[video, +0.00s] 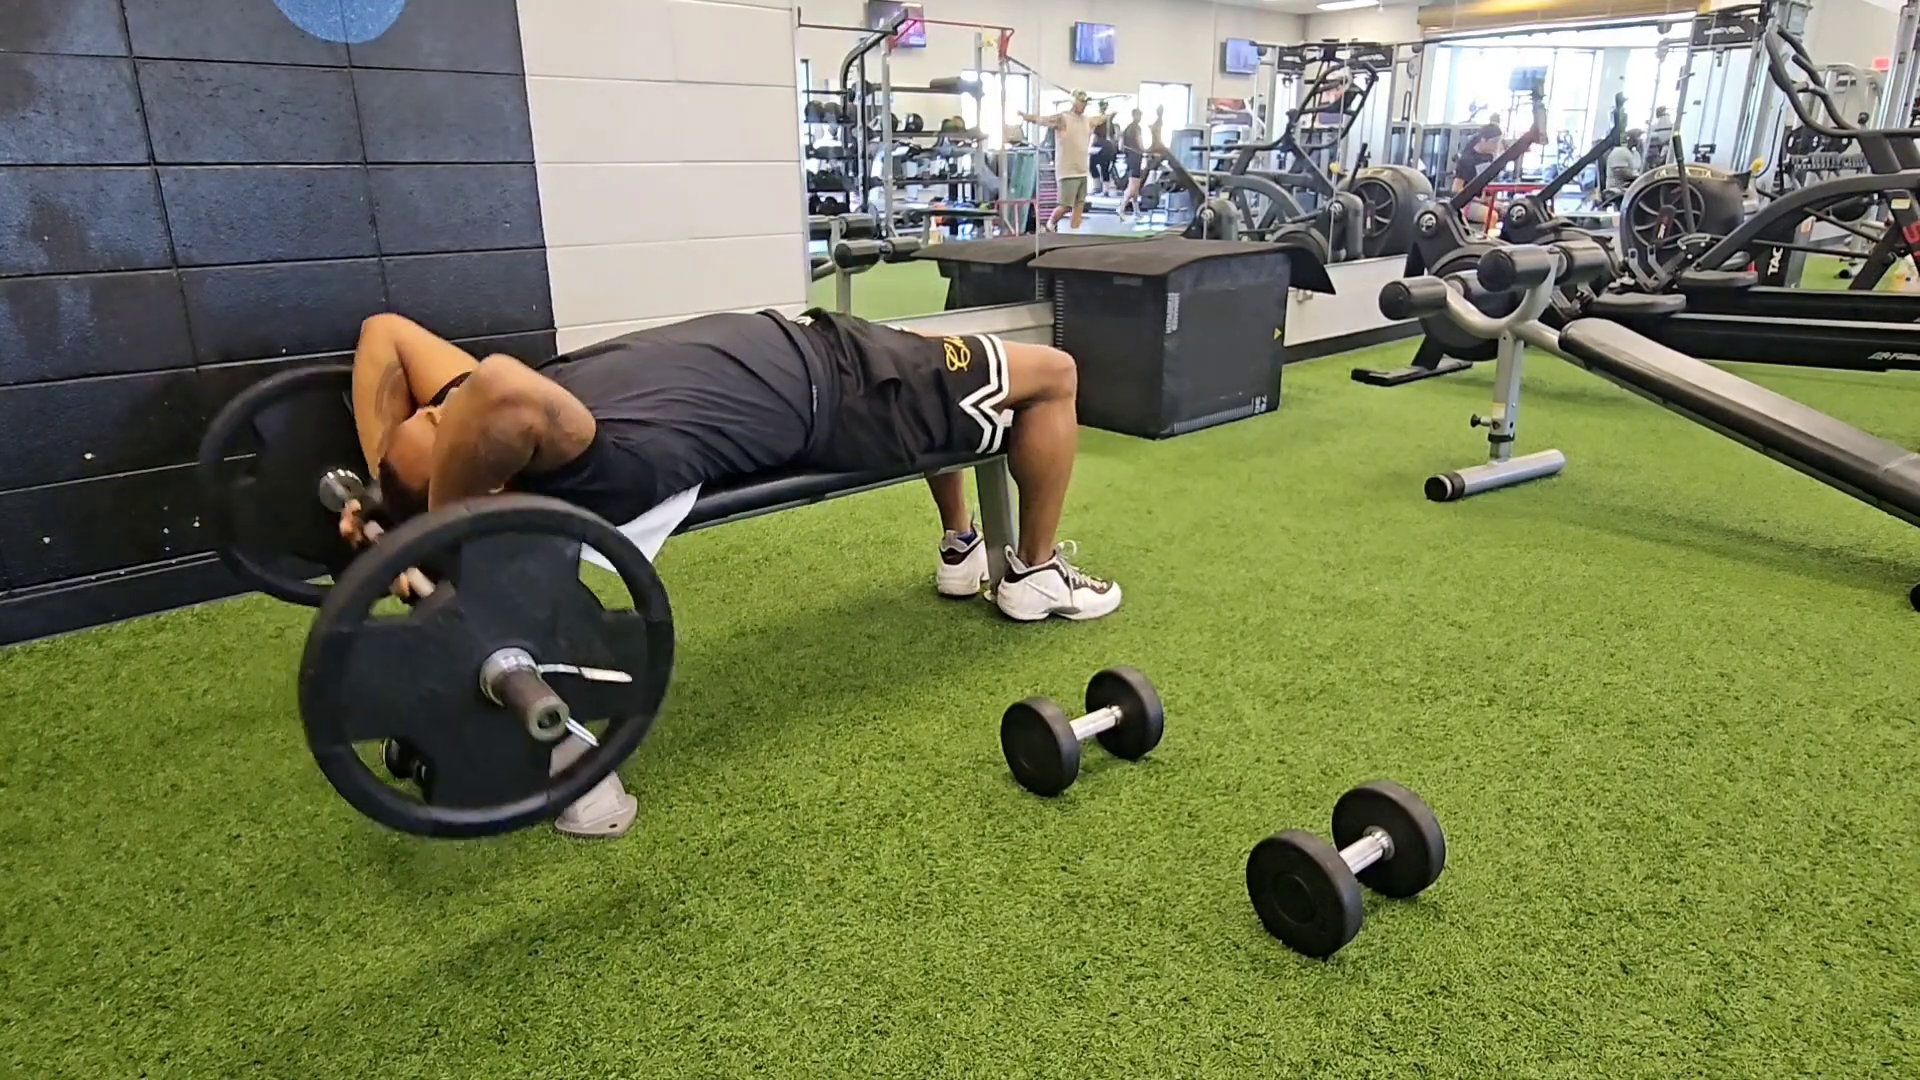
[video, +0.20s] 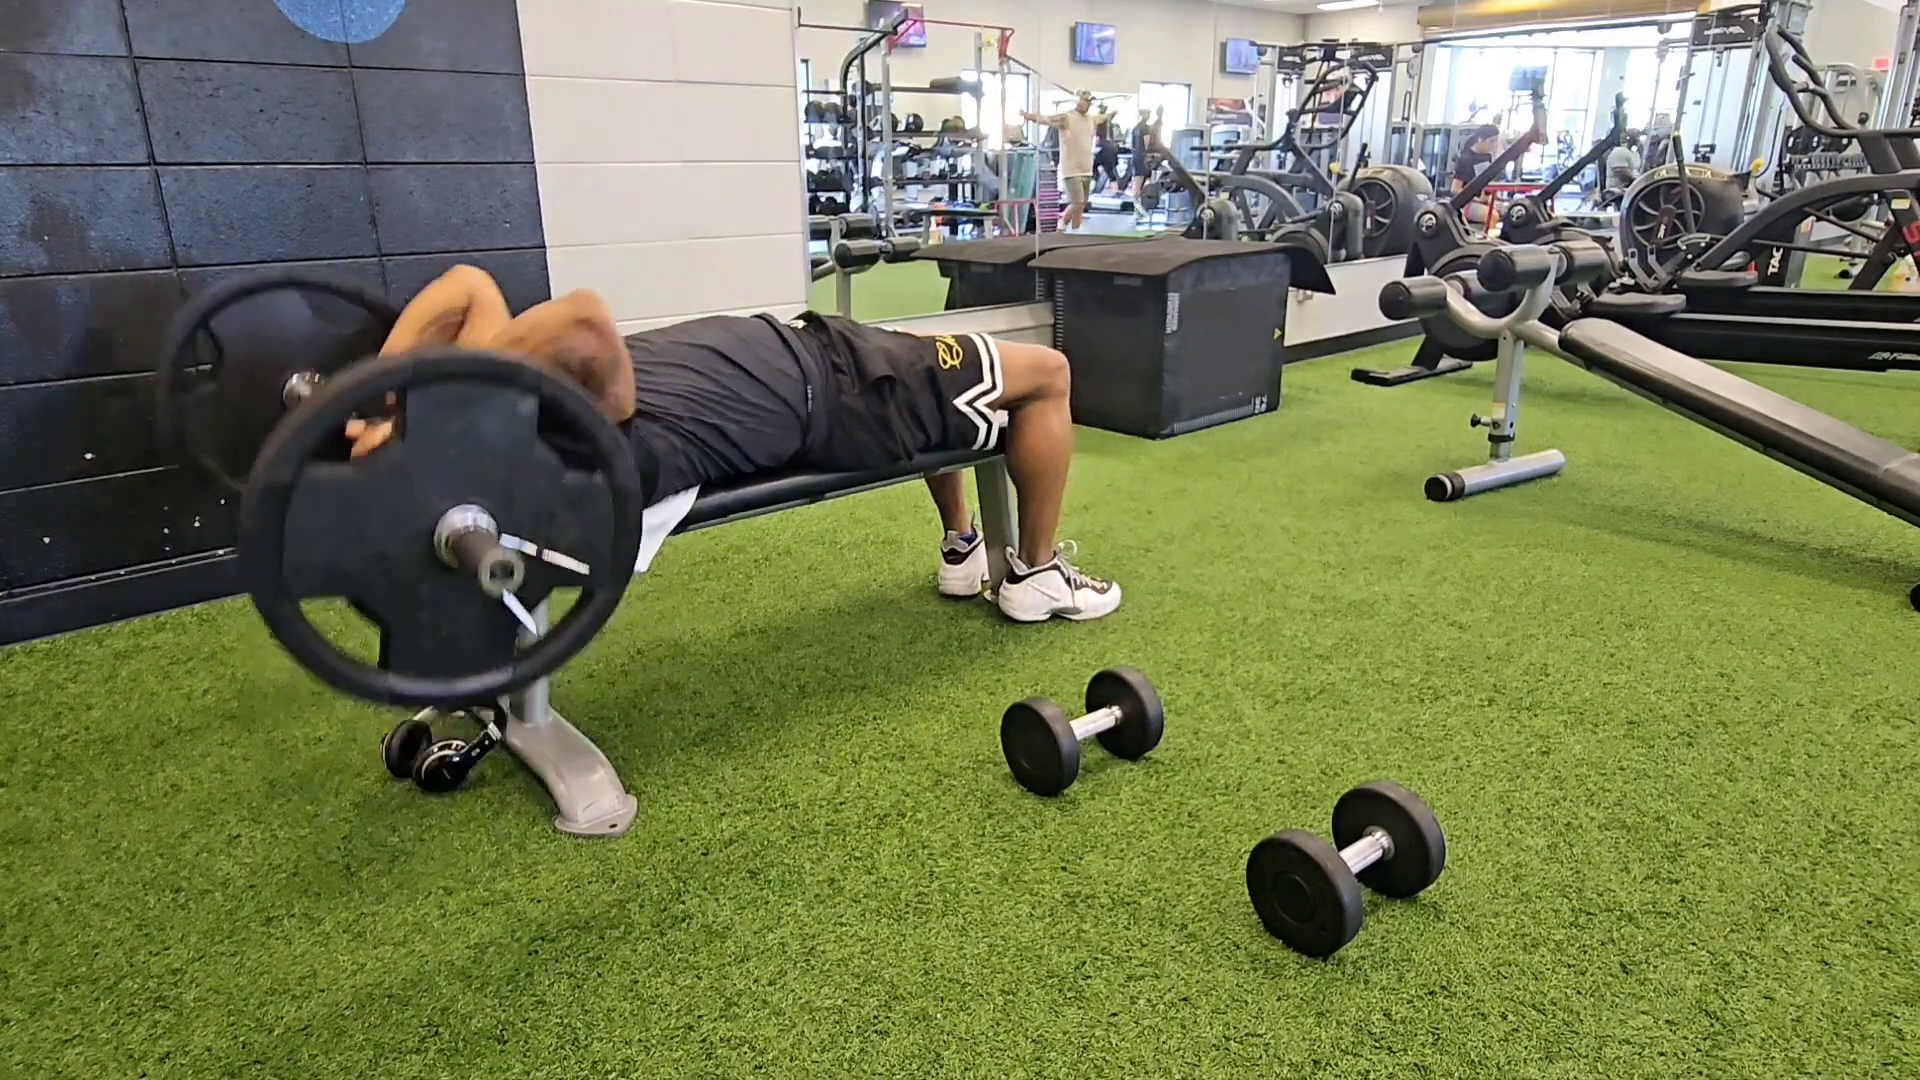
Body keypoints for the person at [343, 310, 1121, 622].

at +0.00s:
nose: (437, 400)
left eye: (420, 414)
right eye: (443, 415)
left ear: (405, 477)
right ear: (487, 479)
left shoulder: (458, 431)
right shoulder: (589, 465)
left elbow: (382, 330)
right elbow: (506, 392)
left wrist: (381, 477)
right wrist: (427, 532)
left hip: (775, 340)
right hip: (831, 381)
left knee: (926, 341)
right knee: (1053, 375)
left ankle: (965, 542)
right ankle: (1035, 571)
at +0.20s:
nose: (373, 408)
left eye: (366, 405)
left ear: (369, 418)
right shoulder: (598, 461)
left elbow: (467, 283)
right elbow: (582, 317)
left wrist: (377, 395)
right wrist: (435, 400)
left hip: (769, 340)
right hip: (826, 388)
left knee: (930, 352)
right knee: (1046, 372)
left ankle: (965, 542)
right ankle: (1036, 572)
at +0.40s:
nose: (444, 436)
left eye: (430, 442)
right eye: (442, 446)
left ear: (488, 480)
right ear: (497, 486)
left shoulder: (515, 418)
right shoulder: (596, 459)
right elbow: (709, 382)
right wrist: (706, 335)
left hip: (773, 345)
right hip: (819, 390)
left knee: (929, 341)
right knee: (1048, 374)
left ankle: (965, 541)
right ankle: (1040, 573)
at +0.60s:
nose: (473, 381)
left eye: (452, 392)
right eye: (464, 409)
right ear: (508, 476)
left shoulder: (544, 393)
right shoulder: (609, 468)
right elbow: (724, 495)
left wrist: (610, 317)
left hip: (781, 373)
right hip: (849, 422)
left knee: (938, 340)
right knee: (1061, 375)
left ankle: (964, 544)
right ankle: (1041, 577)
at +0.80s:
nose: (475, 372)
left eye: (453, 390)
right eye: (466, 401)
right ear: (513, 468)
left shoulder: (547, 396)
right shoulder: (630, 467)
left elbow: (646, 357)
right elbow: (760, 457)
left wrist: (634, 310)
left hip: (792, 373)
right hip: (846, 422)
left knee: (941, 349)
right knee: (1066, 378)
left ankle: (965, 546)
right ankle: (1040, 578)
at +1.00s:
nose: (467, 377)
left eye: (445, 392)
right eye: (457, 405)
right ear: (505, 473)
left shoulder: (545, 395)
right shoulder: (608, 460)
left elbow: (575, 313)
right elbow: (715, 371)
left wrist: (585, 204)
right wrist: (719, 221)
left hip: (804, 358)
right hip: (844, 401)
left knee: (937, 349)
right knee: (1060, 380)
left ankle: (965, 546)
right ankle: (1039, 578)